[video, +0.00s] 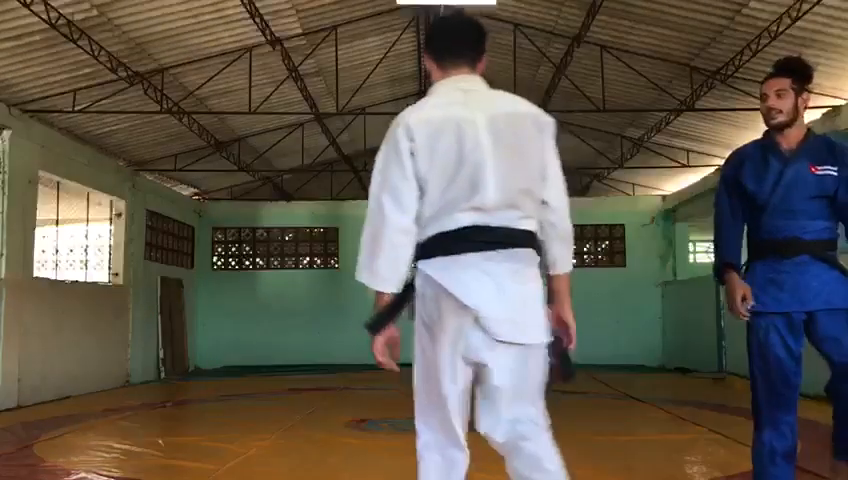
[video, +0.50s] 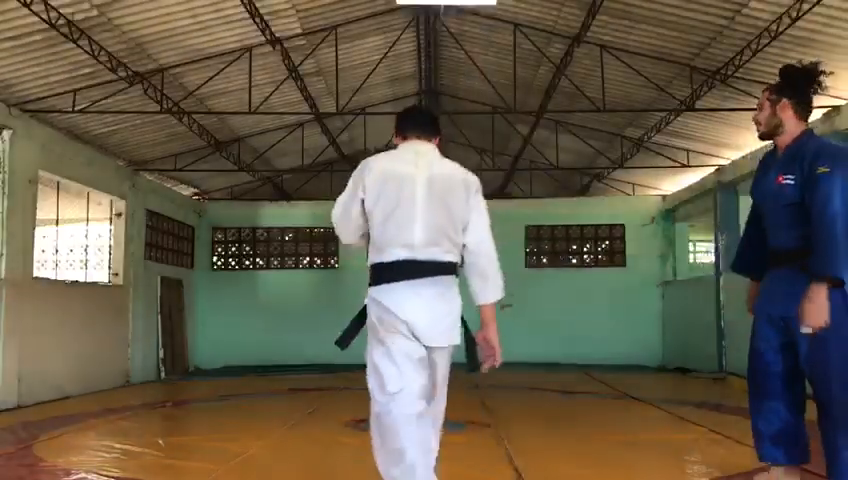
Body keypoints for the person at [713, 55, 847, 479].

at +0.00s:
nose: (769, 103)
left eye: (779, 95)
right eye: (764, 96)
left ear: (803, 99)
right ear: (760, 103)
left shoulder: (833, 153)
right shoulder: (742, 161)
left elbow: (845, 215)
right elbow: (727, 223)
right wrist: (731, 276)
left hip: (826, 278)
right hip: (767, 281)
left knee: (847, 366)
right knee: (774, 397)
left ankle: (844, 454)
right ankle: (773, 472)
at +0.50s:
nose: (756, 110)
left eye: (762, 103)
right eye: (758, 103)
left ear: (784, 107)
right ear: (787, 108)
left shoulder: (825, 154)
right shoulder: (767, 165)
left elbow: (831, 222)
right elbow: (760, 228)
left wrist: (821, 286)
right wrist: (756, 281)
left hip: (821, 282)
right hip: (777, 281)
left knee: (831, 385)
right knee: (771, 375)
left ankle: (838, 469)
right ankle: (782, 466)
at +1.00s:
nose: (713, 150)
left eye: (714, 142)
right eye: (713, 142)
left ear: (729, 142)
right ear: (747, 141)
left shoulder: (741, 179)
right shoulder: (772, 176)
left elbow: (739, 240)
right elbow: (773, 241)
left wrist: (724, 297)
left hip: (757, 289)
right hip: (781, 284)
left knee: (762, 381)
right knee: (767, 379)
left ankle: (822, 463)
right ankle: (778, 463)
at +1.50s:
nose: (646, 179)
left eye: (645, 173)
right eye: (646, 173)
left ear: (653, 171)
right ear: (678, 167)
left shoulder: (660, 202)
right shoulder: (713, 197)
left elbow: (656, 250)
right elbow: (730, 251)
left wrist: (640, 298)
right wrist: (722, 289)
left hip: (676, 303)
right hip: (718, 301)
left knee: (662, 372)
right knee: (737, 372)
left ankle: (659, 445)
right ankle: (768, 446)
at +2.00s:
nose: (595, 192)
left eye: (594, 186)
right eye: (595, 187)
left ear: (600, 186)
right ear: (626, 182)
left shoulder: (598, 213)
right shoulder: (657, 210)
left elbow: (579, 256)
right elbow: (671, 258)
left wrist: (571, 291)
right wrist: (672, 302)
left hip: (619, 302)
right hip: (653, 300)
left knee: (626, 369)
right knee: (642, 366)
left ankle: (660, 439)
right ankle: (625, 429)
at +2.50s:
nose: (551, 194)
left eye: (553, 189)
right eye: (552, 189)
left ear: (563, 193)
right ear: (579, 192)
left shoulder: (560, 223)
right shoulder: (602, 222)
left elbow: (551, 265)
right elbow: (613, 265)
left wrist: (544, 305)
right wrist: (605, 298)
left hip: (567, 304)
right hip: (597, 302)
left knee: (558, 364)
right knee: (607, 363)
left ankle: (553, 421)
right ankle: (621, 421)